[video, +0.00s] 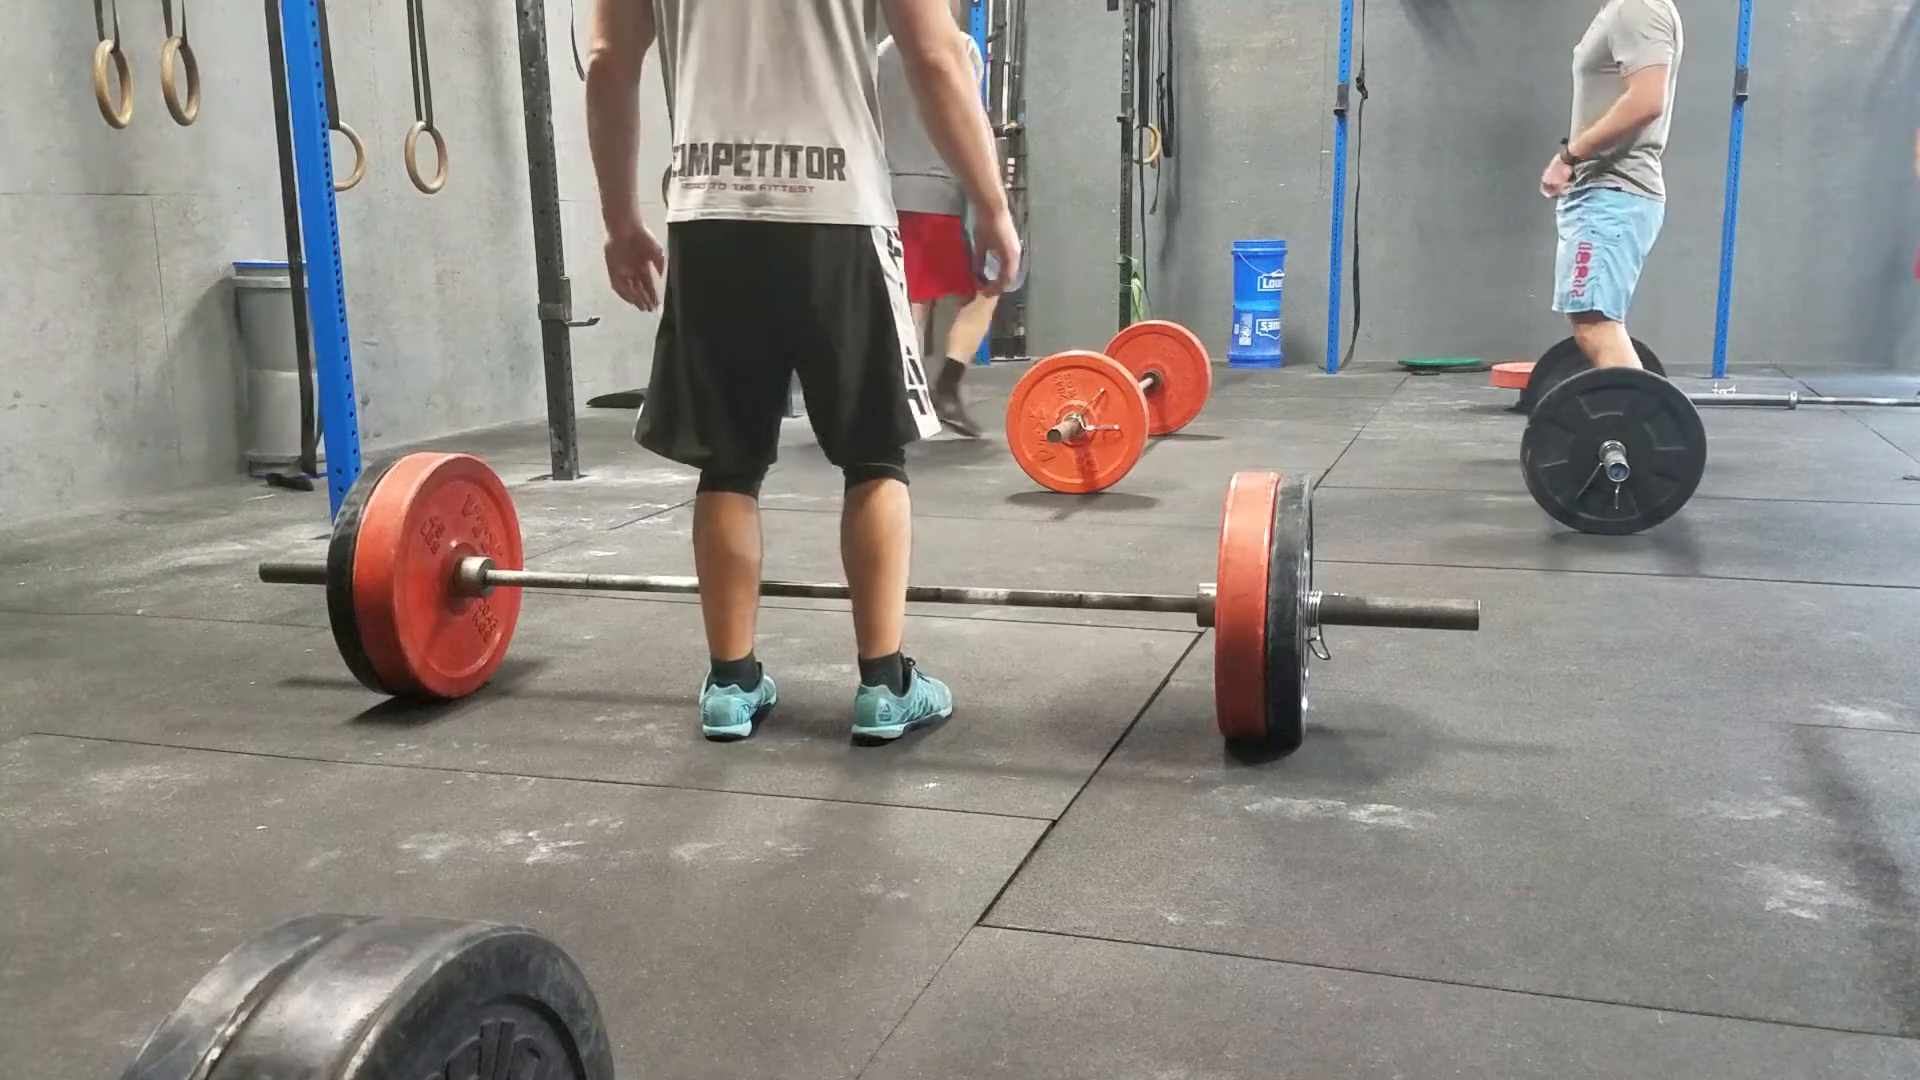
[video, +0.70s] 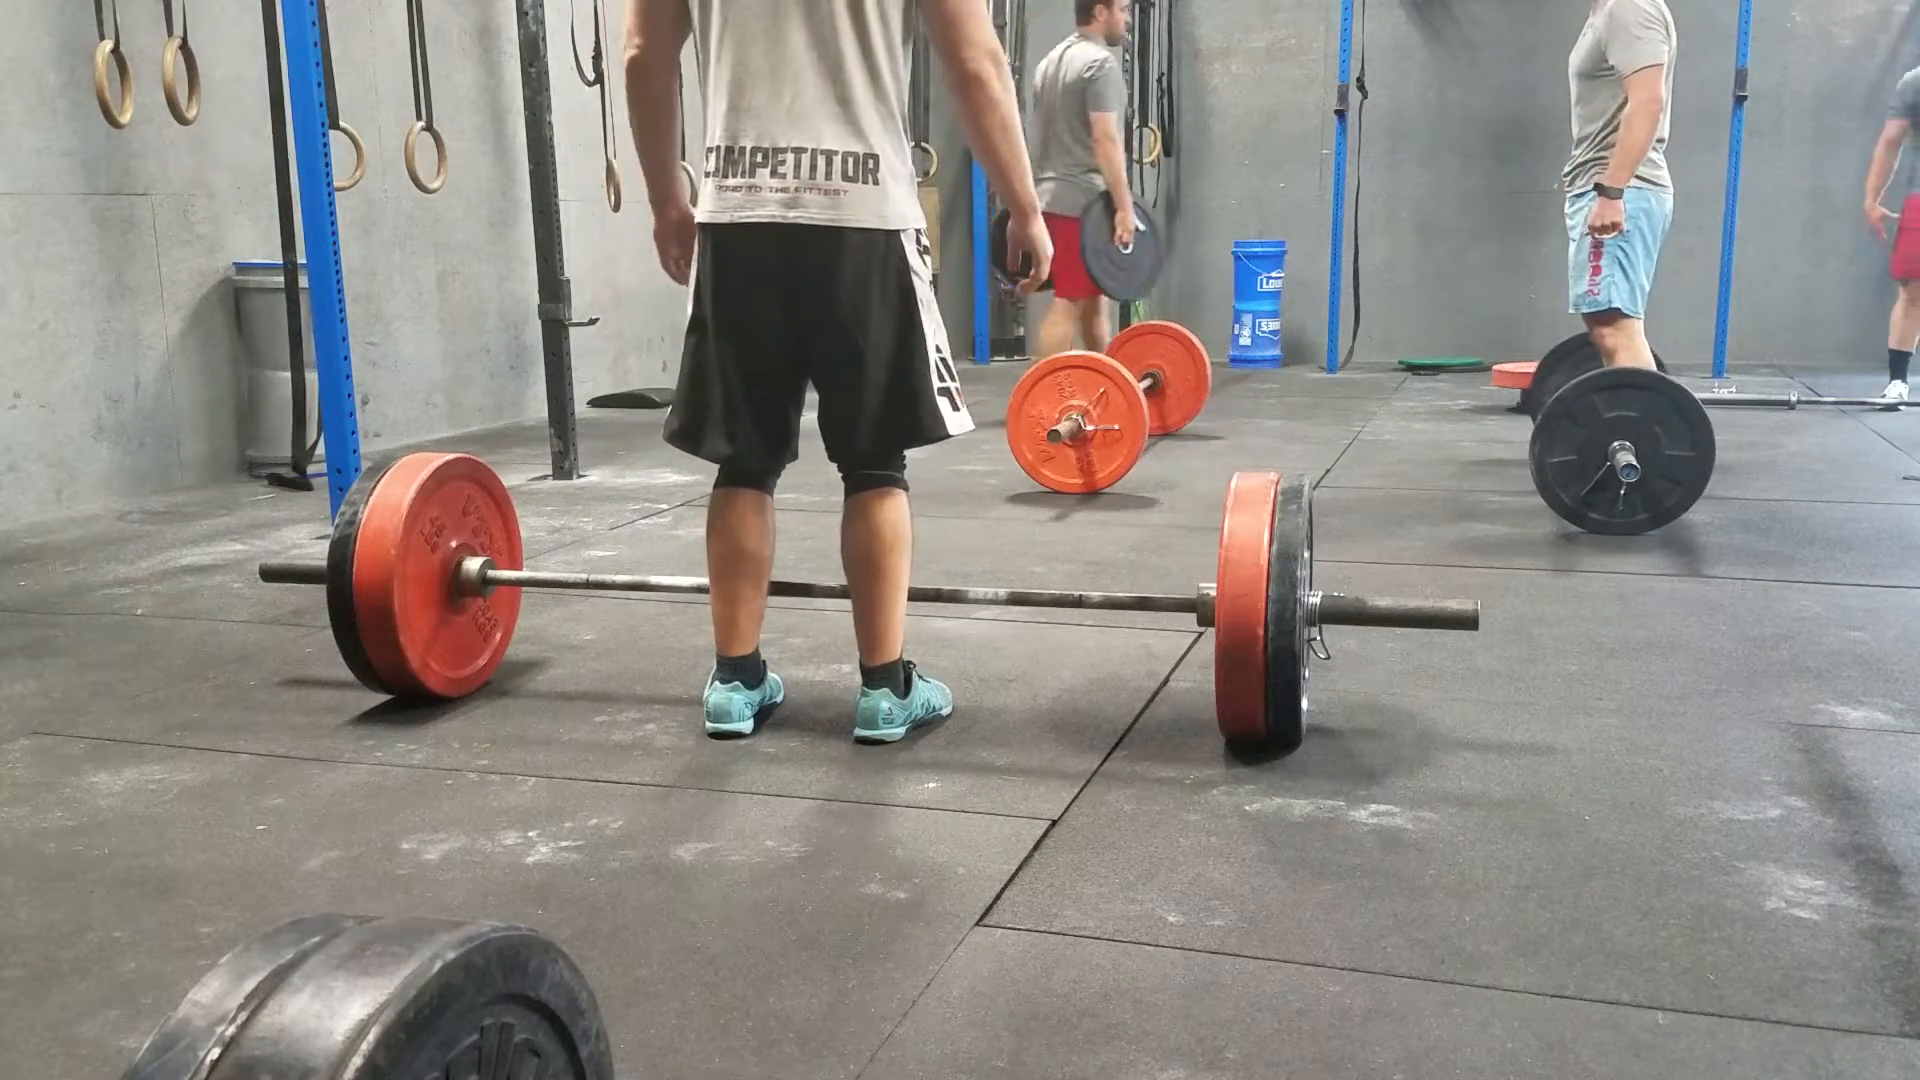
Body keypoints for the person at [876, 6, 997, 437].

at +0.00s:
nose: (964, 16)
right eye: (961, 12)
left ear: (905, 12)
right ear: (952, 9)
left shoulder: (880, 53)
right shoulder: (961, 49)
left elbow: (868, 126)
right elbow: (967, 125)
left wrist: (872, 187)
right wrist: (988, 195)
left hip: (894, 198)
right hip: (945, 201)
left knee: (913, 301)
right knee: (986, 291)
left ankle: (903, 402)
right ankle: (947, 388)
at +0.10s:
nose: (973, 15)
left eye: (967, 9)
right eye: (972, 9)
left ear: (929, 12)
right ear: (964, 9)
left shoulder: (895, 59)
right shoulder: (980, 53)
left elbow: (884, 133)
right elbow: (989, 125)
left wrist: (884, 192)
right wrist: (1008, 197)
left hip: (912, 202)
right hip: (970, 202)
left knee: (916, 307)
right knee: (995, 300)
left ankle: (903, 407)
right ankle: (996, 404)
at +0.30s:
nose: (1035, 19)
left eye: (1035, 11)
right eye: (1032, 10)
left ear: (990, 14)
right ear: (1016, 13)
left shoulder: (959, 57)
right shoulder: (1026, 66)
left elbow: (938, 136)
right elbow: (1027, 143)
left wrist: (935, 188)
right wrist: (1039, 214)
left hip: (957, 206)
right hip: (1010, 208)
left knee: (948, 305)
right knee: (1027, 312)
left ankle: (911, 396)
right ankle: (1037, 406)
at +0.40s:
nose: (1061, 17)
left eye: (1060, 9)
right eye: (1057, 8)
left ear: (1019, 13)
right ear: (1039, 12)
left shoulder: (989, 56)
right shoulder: (1047, 64)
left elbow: (975, 139)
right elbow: (1048, 141)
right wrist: (1059, 213)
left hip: (992, 202)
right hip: (1030, 204)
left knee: (987, 301)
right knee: (1041, 307)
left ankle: (942, 370)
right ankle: (1043, 403)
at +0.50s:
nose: (1083, 15)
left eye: (1082, 7)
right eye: (1079, 6)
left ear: (1042, 12)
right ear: (1061, 10)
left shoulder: (1005, 53)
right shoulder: (1066, 61)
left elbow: (992, 130)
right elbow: (1068, 137)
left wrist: (993, 195)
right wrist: (1081, 208)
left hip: (1009, 196)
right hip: (1049, 199)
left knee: (1019, 296)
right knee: (1051, 304)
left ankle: (985, 360)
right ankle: (1044, 402)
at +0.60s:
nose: (1107, 15)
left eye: (1107, 7)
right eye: (1102, 6)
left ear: (1070, 10)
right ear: (1079, 8)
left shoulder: (1023, 58)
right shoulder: (1083, 59)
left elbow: (1012, 132)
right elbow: (1087, 137)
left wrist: (1017, 196)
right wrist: (1104, 205)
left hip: (1030, 198)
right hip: (1063, 202)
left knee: (1068, 299)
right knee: (1056, 303)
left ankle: (1045, 394)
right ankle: (1039, 404)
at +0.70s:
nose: (1128, 19)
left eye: (1128, 10)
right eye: (1123, 9)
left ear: (1095, 14)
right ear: (1100, 12)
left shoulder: (1050, 61)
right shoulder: (1101, 61)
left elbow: (1042, 137)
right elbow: (1104, 139)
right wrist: (1124, 208)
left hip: (1050, 200)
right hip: (1080, 205)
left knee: (1096, 300)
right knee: (1068, 303)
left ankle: (1110, 389)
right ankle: (1042, 402)